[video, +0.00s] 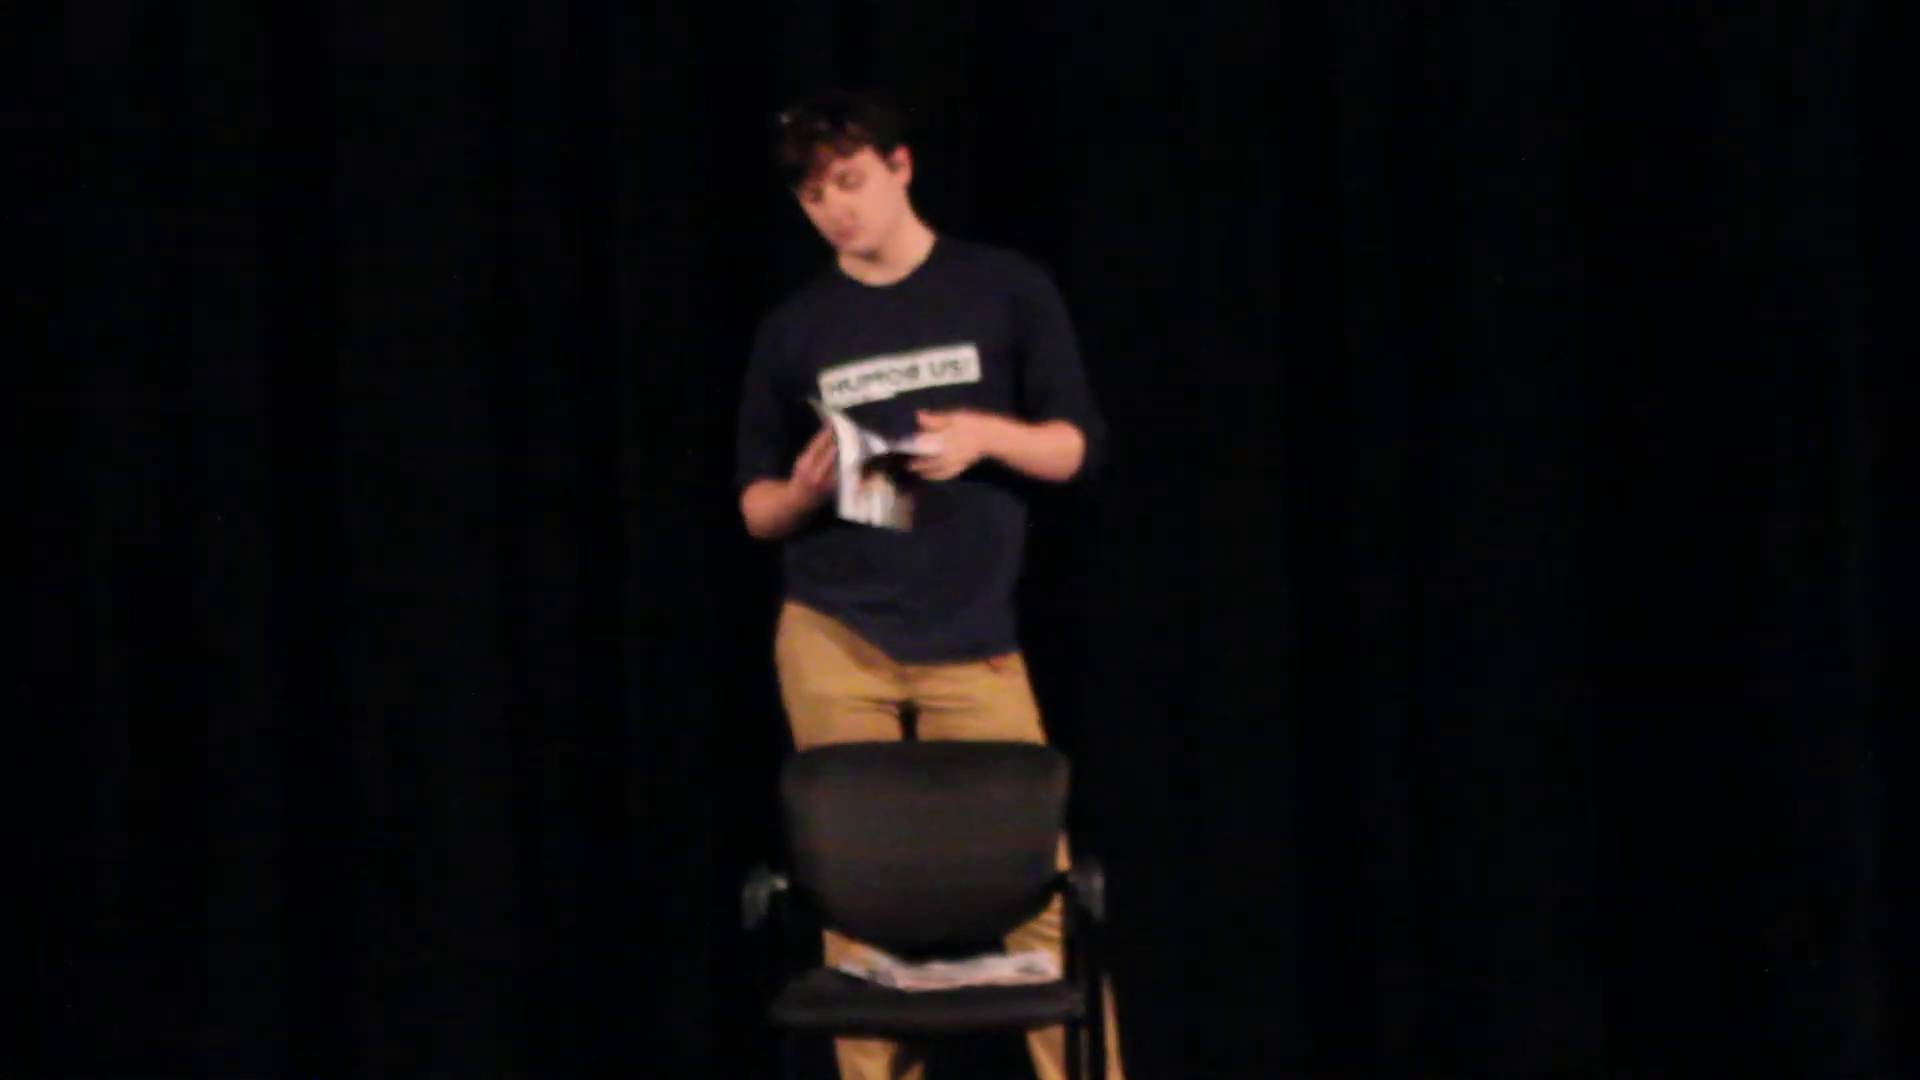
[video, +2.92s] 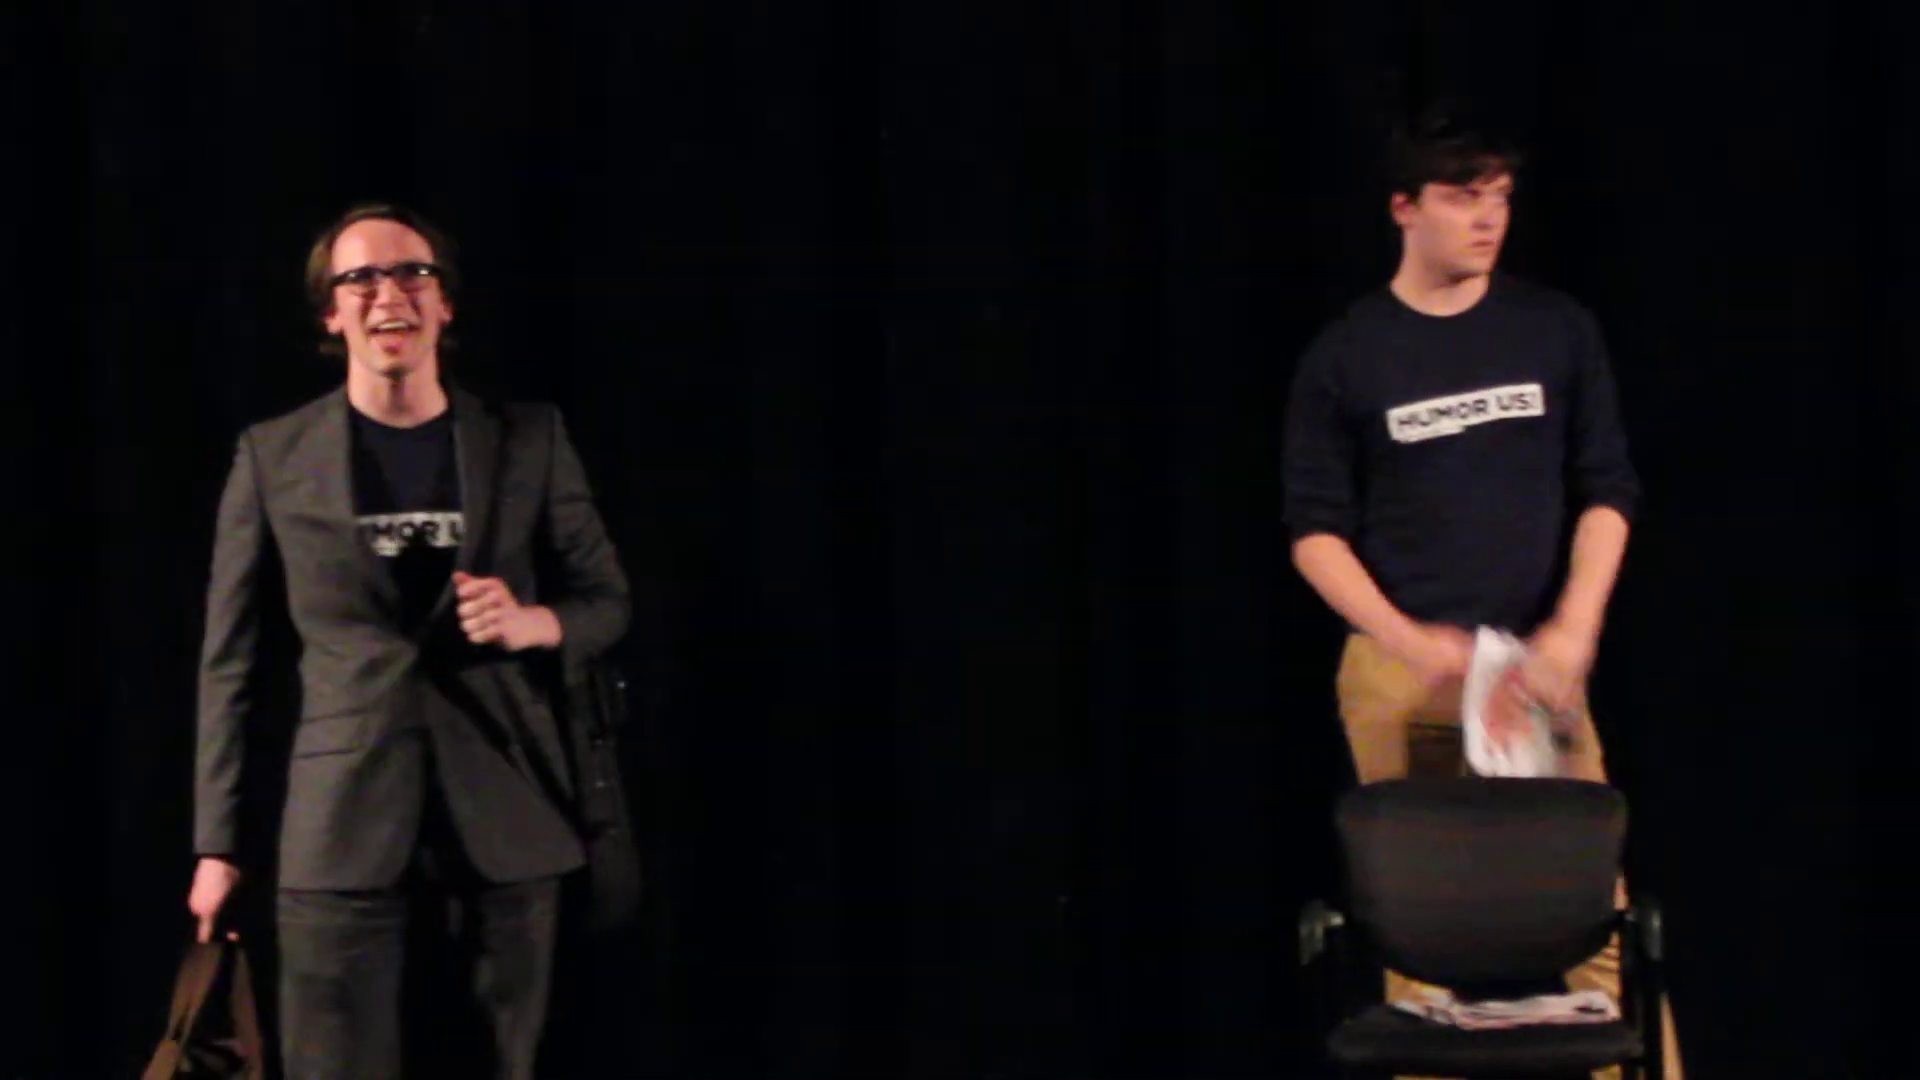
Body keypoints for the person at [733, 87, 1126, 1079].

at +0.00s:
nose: (834, 206)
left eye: (846, 179)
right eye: (815, 191)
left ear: (900, 166)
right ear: (802, 207)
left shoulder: (1007, 291)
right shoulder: (795, 328)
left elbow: (1074, 448)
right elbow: (755, 511)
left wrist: (986, 435)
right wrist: (803, 491)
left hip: (973, 637)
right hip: (832, 637)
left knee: (1031, 874)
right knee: (854, 884)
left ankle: (1083, 1074)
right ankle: (871, 1079)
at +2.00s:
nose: (909, 166)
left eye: (925, 138)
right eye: (894, 148)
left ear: (981, 125)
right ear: (880, 164)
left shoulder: (1086, 255)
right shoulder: (878, 290)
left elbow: (1159, 412)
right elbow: (834, 480)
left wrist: (1100, 397)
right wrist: (877, 435)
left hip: (1053, 597)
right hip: (910, 593)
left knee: (1104, 847)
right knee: (930, 851)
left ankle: (1161, 1067)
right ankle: (955, 1069)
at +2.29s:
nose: (1061, 207)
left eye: (1073, 180)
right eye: (1038, 193)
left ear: (1118, 166)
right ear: (1021, 208)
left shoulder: (1226, 292)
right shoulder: (1016, 331)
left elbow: (1298, 445)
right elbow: (976, 516)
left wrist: (1237, 441)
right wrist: (1013, 489)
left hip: (1191, 634)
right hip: (1053, 635)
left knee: (1242, 871)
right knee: (1075, 878)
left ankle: (1291, 1068)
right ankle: (1091, 1075)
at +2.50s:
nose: (1148, 214)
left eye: (1162, 188)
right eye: (1124, 199)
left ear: (1201, 188)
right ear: (1100, 222)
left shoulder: (1294, 305)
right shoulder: (1082, 347)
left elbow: (1372, 455)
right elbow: (1038, 524)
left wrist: (1269, 476)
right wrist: (1107, 518)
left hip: (1266, 654)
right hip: (1127, 656)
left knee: (1317, 889)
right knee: (1156, 894)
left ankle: (1357, 1069)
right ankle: (1164, 1078)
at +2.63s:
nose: (1298, 217)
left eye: (1311, 193)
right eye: (1272, 201)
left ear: (1340, 200)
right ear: (1235, 223)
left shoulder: (1425, 318)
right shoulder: (1210, 353)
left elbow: (1496, 471)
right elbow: (1161, 529)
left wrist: (1389, 491)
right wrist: (1254, 522)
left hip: (1397, 662)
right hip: (1258, 664)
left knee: (1443, 894)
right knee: (1286, 902)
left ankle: (1477, 1072)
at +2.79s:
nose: (1415, 217)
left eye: (1429, 195)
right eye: (1389, 199)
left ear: (1448, 205)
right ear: (1340, 217)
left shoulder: (1515, 326)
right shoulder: (1299, 358)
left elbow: (1586, 478)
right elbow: (1251, 533)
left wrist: (1492, 531)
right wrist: (1356, 553)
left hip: (1492, 669)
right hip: (1351, 674)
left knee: (1534, 904)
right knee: (1376, 912)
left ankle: (1563, 1072)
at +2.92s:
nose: (1489, 217)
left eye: (1500, 198)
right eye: (1464, 198)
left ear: (1511, 206)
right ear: (1405, 211)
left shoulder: (1559, 331)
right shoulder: (1345, 356)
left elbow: (1609, 495)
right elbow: (1313, 534)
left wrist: (1572, 633)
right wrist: (1405, 640)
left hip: (1538, 661)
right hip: (1400, 669)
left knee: (1584, 902)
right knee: (1423, 917)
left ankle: (1633, 1070)